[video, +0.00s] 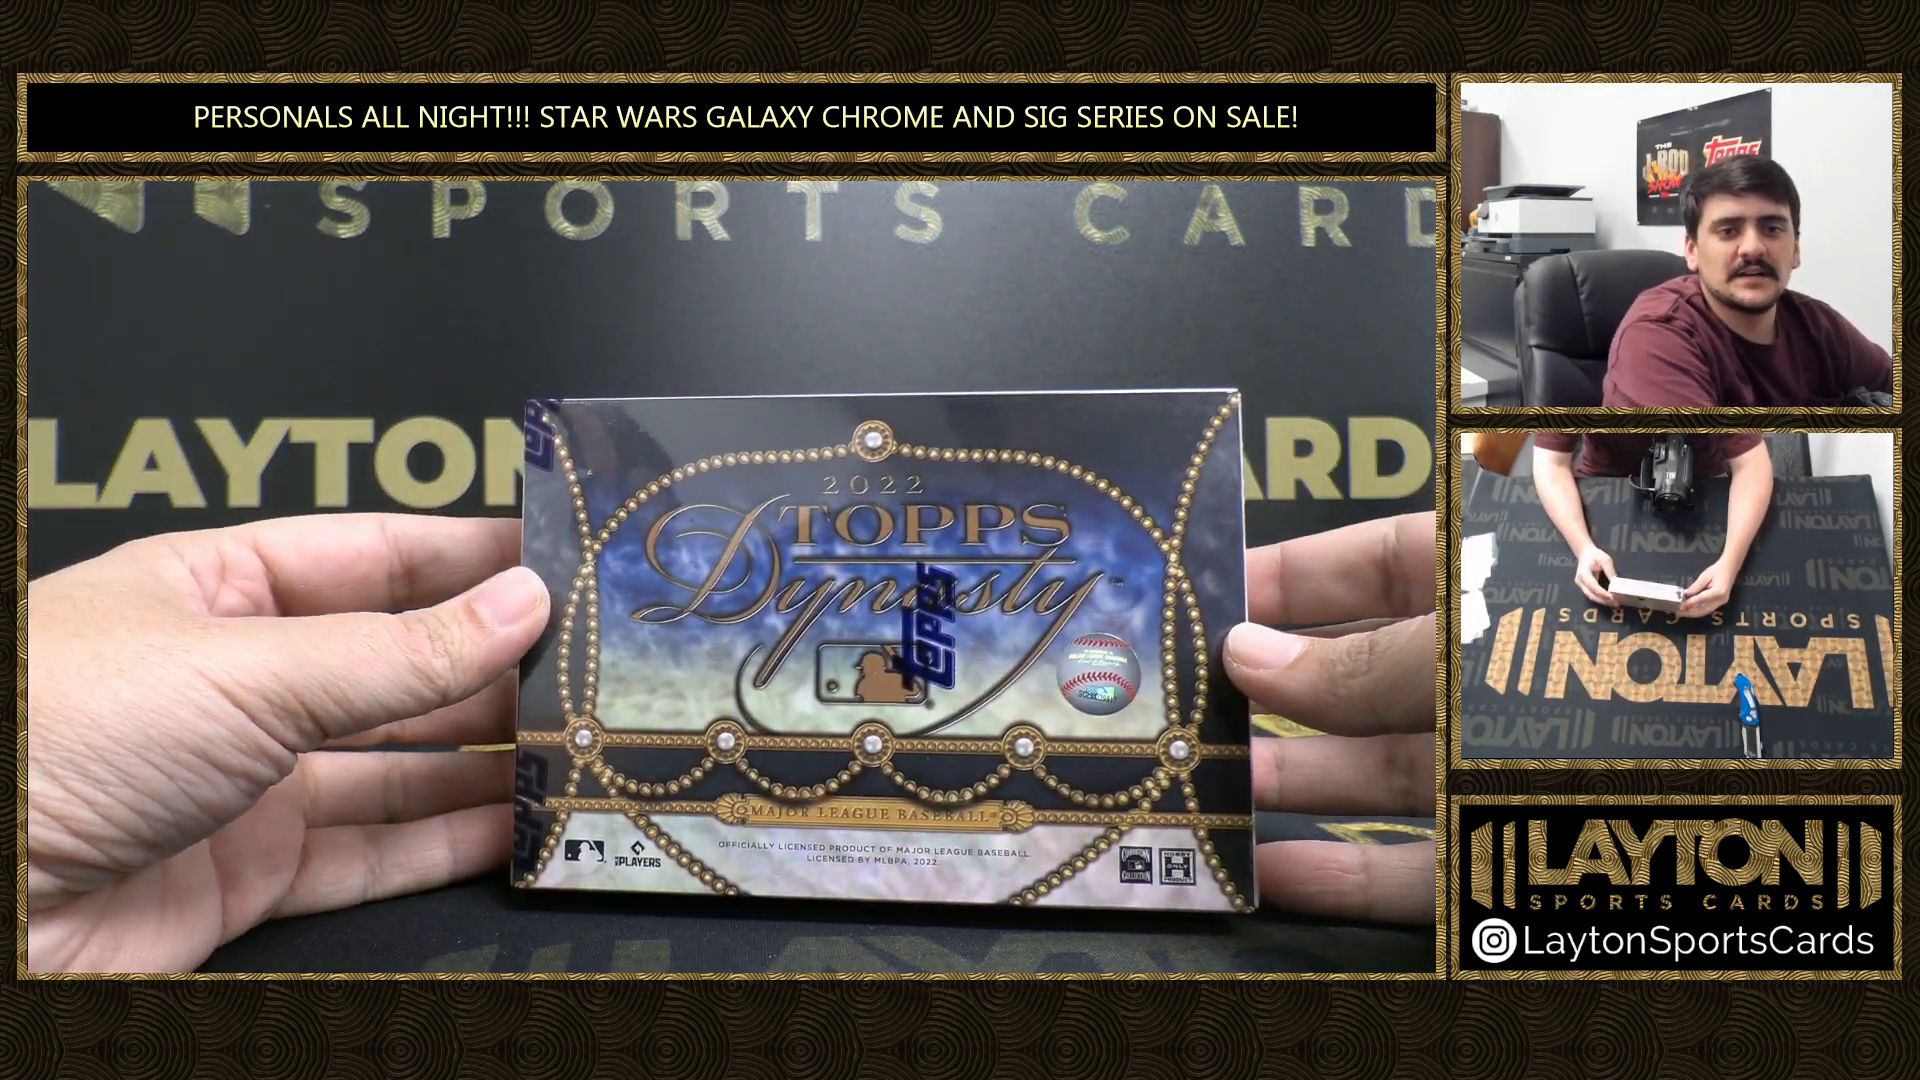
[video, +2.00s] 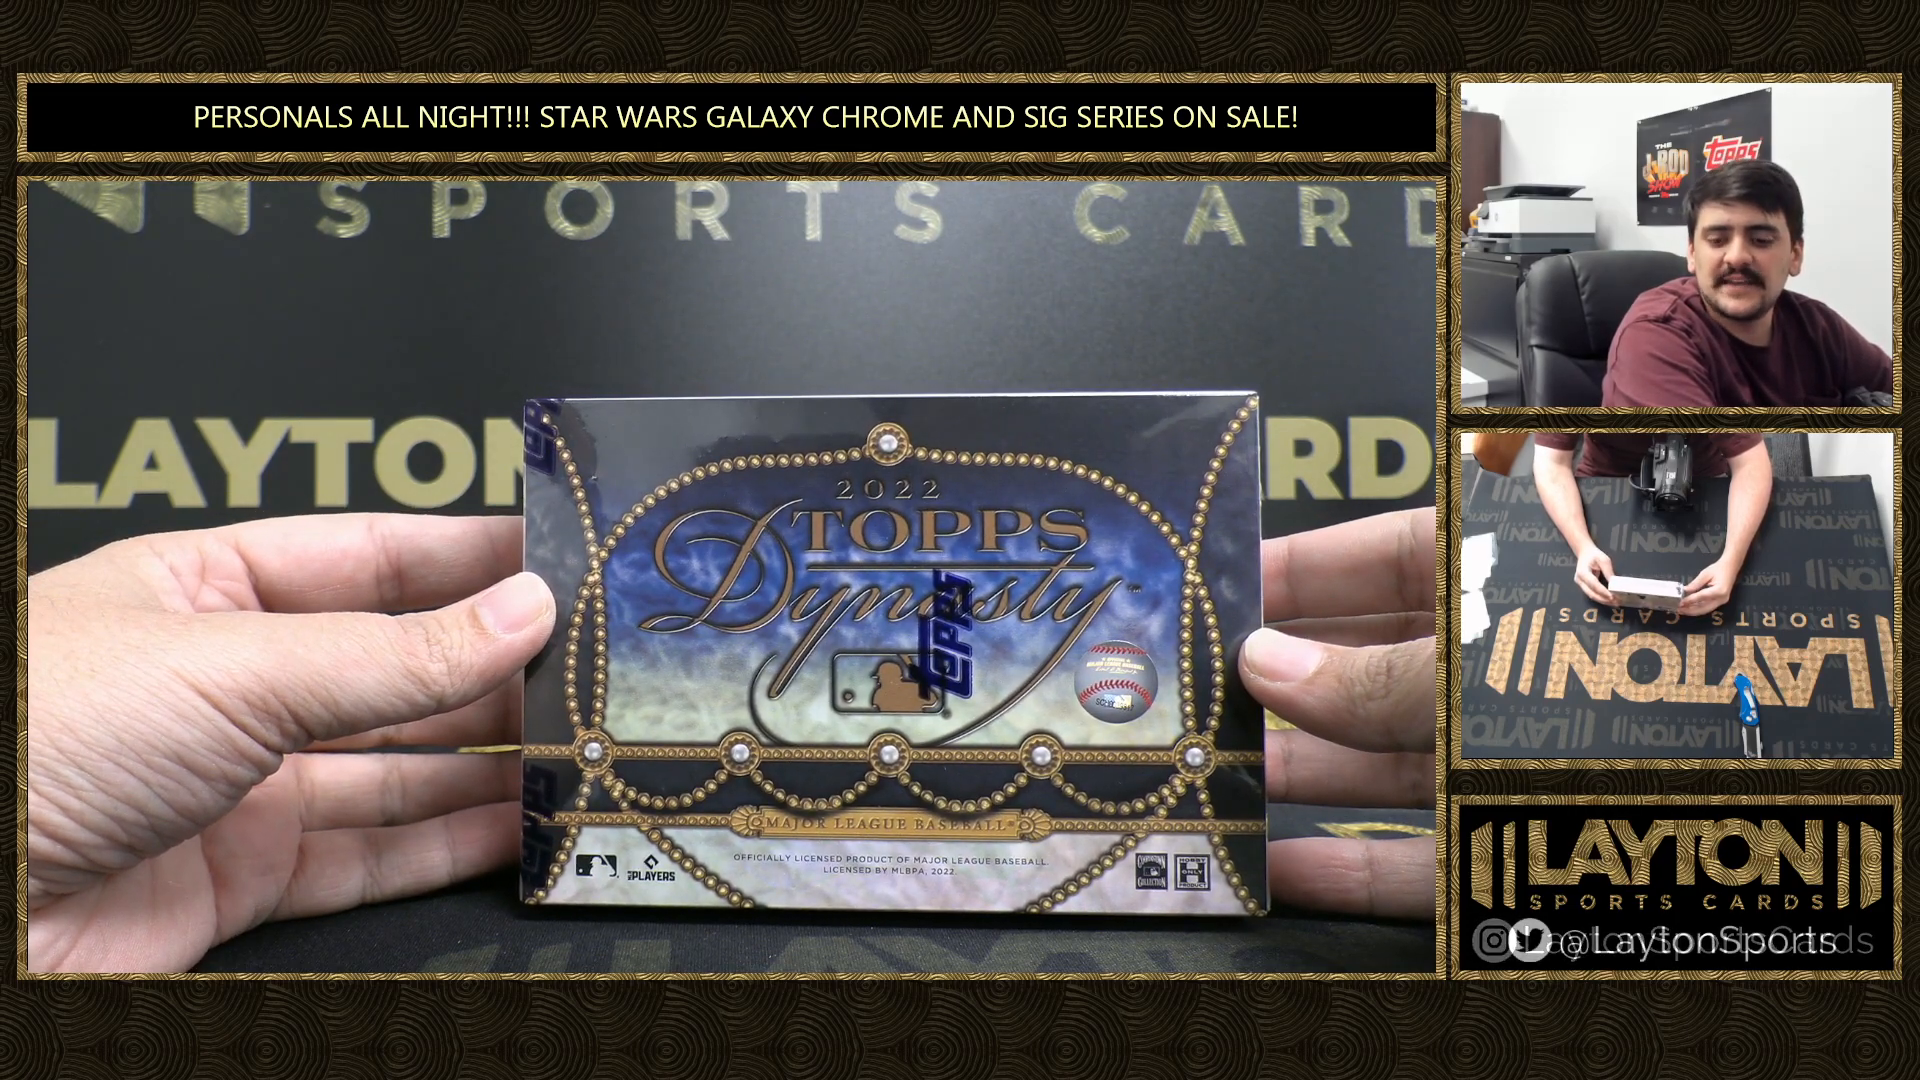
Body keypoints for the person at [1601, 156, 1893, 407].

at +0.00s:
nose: (1752, 247)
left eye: (1771, 229)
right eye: (1728, 230)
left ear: (1796, 250)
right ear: (1691, 251)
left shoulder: (1818, 328)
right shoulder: (1657, 333)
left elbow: (1897, 386)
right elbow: (1747, 462)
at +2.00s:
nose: (1737, 257)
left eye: (1761, 239)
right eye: (1718, 238)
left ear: (1795, 256)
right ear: (1691, 253)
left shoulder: (1817, 328)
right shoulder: (1655, 333)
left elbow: (1897, 389)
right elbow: (1746, 461)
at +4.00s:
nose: (1749, 249)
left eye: (1770, 232)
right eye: (1727, 232)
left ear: (1797, 255)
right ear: (1694, 251)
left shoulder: (1817, 329)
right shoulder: (1656, 333)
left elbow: (1897, 389)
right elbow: (1746, 461)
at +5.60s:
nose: (1786, 254)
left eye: (1800, 236)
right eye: (1762, 234)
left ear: (1812, 246)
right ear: (1708, 248)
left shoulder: (1823, 328)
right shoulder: (1669, 336)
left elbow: (1898, 387)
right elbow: (1752, 461)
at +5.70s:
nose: (1806, 257)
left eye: (1815, 237)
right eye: (1779, 237)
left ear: (1822, 239)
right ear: (1716, 250)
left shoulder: (1829, 328)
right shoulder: (1673, 339)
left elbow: (1901, 383)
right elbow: (1759, 467)